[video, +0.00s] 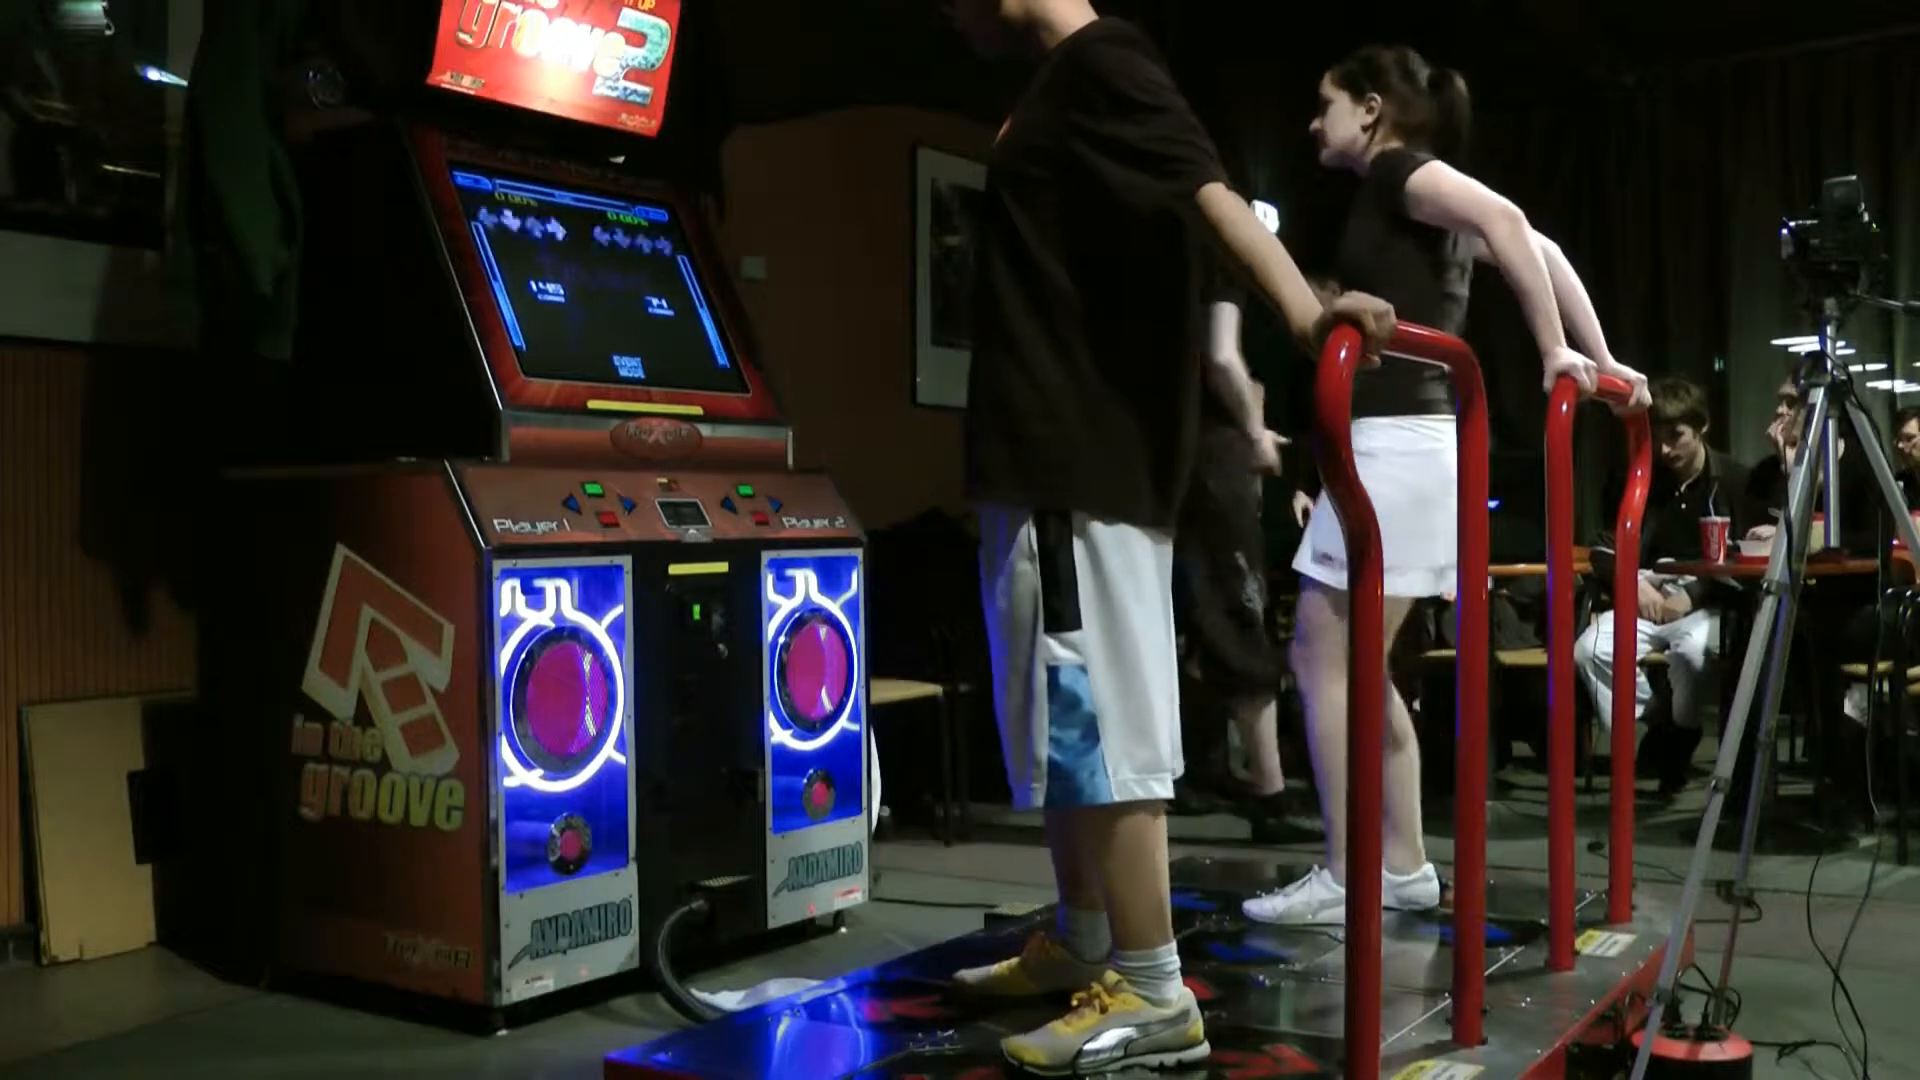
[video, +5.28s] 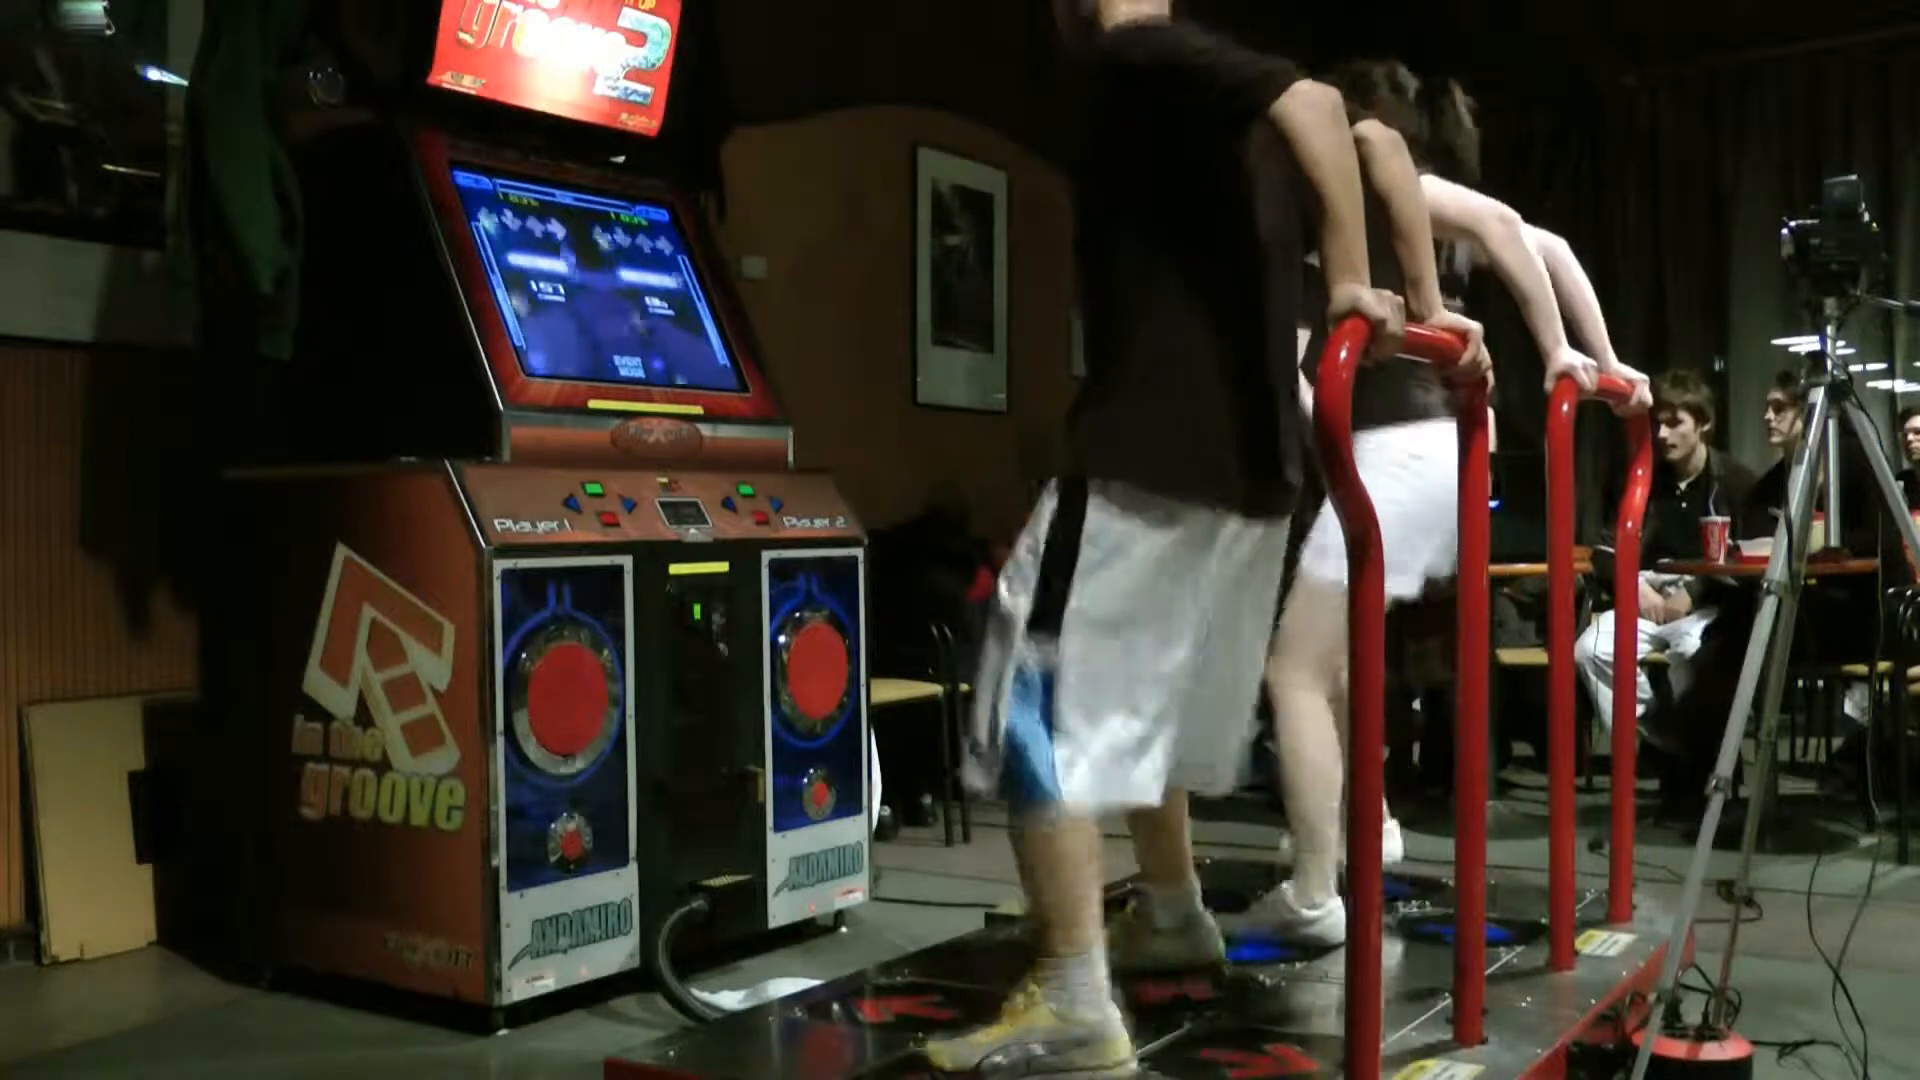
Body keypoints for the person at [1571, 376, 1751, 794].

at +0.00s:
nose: (1667, 448)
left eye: (1675, 435)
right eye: (1658, 438)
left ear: (1701, 428)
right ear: (1648, 437)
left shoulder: (1732, 480)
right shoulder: (1644, 479)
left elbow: (1744, 558)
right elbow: (1605, 548)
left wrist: (1691, 597)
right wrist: (1634, 586)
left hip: (1705, 602)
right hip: (1646, 597)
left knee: (1689, 653)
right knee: (1594, 649)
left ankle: (1683, 737)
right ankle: (1659, 731)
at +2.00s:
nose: (1650, 436)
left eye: (1658, 426)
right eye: (1649, 426)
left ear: (1691, 426)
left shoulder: (1736, 481)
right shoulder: (1645, 478)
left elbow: (1751, 563)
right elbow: (1605, 548)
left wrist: (1691, 595)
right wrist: (1635, 587)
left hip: (1704, 602)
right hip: (1646, 598)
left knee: (1692, 651)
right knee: (1592, 649)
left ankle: (1680, 749)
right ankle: (1658, 736)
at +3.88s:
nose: (1649, 428)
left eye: (1659, 419)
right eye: (1649, 418)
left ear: (1691, 426)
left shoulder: (1734, 481)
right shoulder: (1646, 477)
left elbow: (1744, 560)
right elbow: (1606, 548)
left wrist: (1690, 596)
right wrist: (1634, 588)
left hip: (1709, 598)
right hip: (1651, 593)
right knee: (1592, 649)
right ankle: (1651, 734)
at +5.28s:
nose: (1663, 433)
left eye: (1674, 423)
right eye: (1658, 423)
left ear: (1703, 425)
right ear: (1650, 427)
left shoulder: (1736, 482)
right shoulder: (1644, 477)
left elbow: (1747, 561)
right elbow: (1607, 550)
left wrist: (1692, 595)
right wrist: (1638, 588)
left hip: (1707, 603)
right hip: (1649, 599)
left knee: (1690, 651)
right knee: (1594, 649)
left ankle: (1696, 754)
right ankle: (1652, 744)